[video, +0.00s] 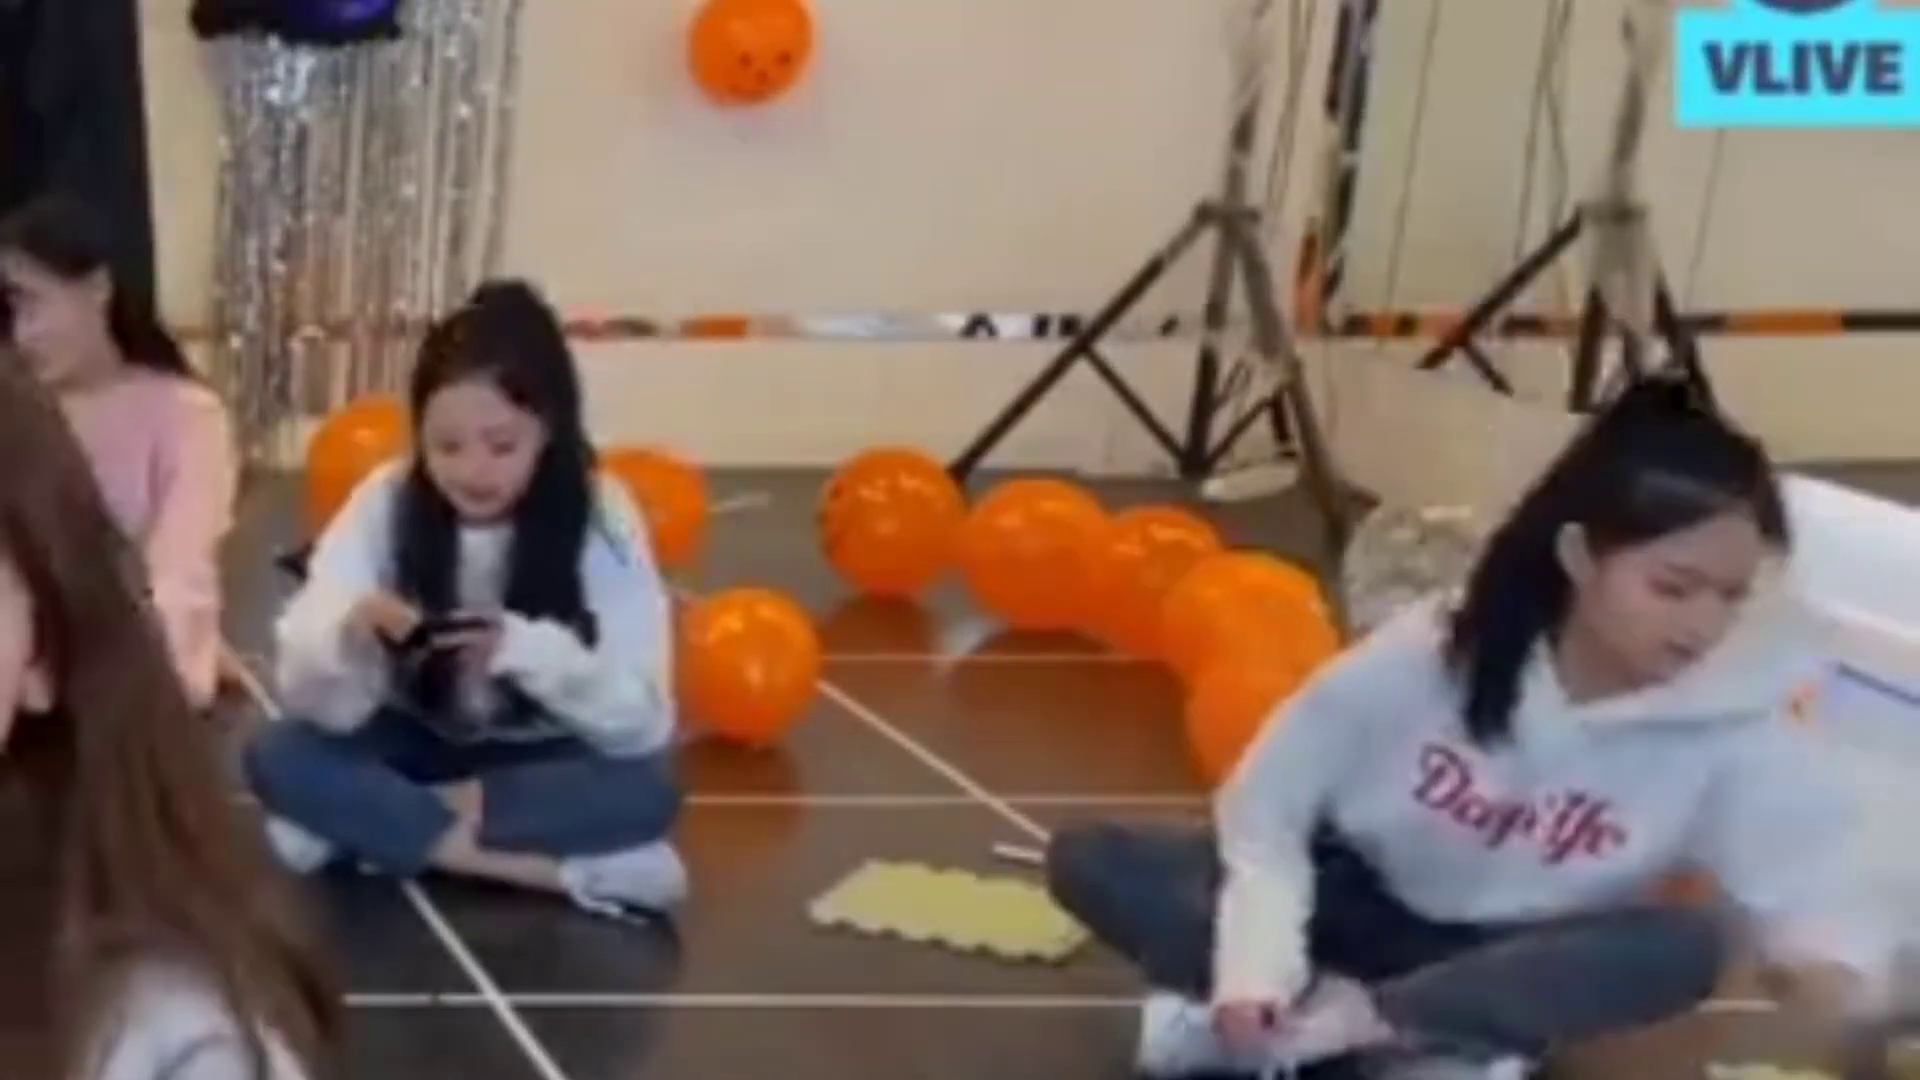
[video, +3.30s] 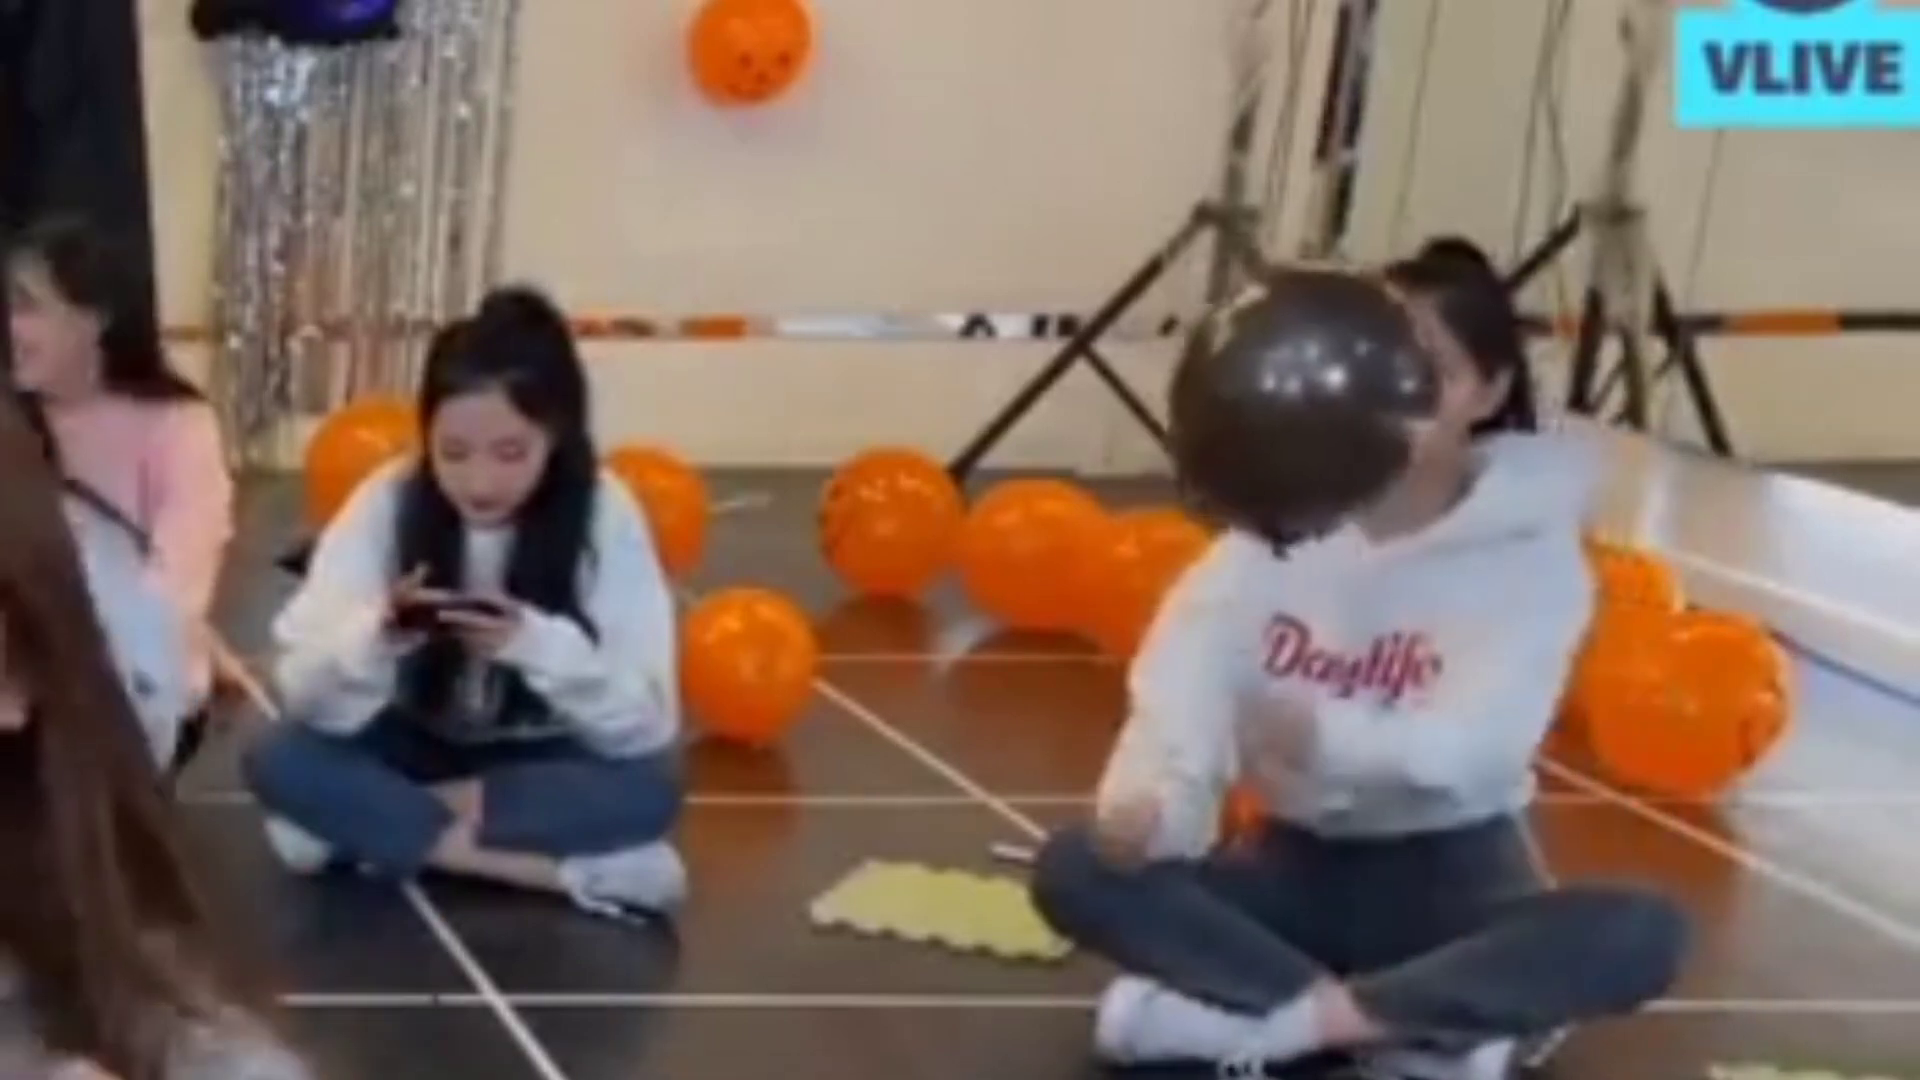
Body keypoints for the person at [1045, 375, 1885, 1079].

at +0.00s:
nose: (1701, 629)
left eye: (1729, 601)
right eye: (1675, 589)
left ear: (1753, 596)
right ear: (1578, 554)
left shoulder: (1725, 748)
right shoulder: (1417, 666)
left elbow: (1803, 896)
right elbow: (1263, 809)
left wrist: (1831, 972)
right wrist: (1256, 981)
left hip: (1502, 948)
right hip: (1344, 894)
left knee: (1692, 947)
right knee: (1092, 857)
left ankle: (1329, 1024)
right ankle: (1406, 1041)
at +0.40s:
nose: (1632, 574)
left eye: (1667, 541)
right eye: (1600, 534)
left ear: (1704, 529)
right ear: (1533, 503)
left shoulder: (1715, 679)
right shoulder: (1399, 631)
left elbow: (1777, 884)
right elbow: (1282, 834)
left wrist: (1732, 1003)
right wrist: (1334, 992)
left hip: (1511, 927)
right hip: (1352, 899)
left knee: (1665, 951)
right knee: (1086, 860)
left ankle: (1286, 1043)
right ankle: (1407, 1038)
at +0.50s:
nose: (1557, 522)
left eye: (1594, 493)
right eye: (1525, 484)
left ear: (1636, 492)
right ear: (1472, 469)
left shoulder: (1671, 651)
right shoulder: (1363, 625)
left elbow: (1713, 851)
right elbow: (1323, 834)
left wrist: (1681, 993)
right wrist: (1319, 991)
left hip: (1506, 916)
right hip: (1346, 886)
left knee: (1614, 941)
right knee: (1084, 858)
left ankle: (1285, 1046)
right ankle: (1370, 1043)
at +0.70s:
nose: (1392, 469)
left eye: (1427, 439)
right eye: (1360, 441)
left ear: (1483, 447)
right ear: (1322, 453)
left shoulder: (1554, 613)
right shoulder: (1257, 606)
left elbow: (1562, 827)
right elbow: (1217, 794)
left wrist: (1466, 957)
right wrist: (1238, 955)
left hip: (1464, 891)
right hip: (1288, 883)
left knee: (1660, 942)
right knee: (1074, 882)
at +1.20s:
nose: (1443, 393)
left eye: (1486, 368)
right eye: (1428, 365)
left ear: (1564, 394)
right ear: (1406, 376)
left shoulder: (1609, 573)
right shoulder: (1330, 535)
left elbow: (1597, 792)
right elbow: (1236, 698)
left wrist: (1458, 878)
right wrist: (1225, 836)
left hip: (1480, 860)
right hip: (1299, 832)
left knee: (1646, 906)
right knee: (1088, 856)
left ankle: (1305, 1027)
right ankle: (1408, 1040)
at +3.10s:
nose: (1393, 394)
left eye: (1423, 372)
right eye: (1374, 367)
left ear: (1489, 386)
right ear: (1334, 378)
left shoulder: (1539, 559)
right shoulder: (1267, 546)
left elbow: (1546, 791)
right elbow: (1200, 796)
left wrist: (1406, 841)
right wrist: (1163, 785)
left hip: (1460, 898)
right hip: (1289, 883)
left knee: (1643, 931)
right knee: (1082, 862)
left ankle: (1284, 1031)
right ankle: (1398, 1044)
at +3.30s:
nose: (1434, 387)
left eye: (1438, 367)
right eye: (1415, 377)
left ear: (1493, 389)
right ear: (1394, 437)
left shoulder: (1537, 548)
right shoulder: (1257, 558)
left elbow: (1468, 758)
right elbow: (1173, 732)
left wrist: (1305, 742)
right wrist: (1148, 813)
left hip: (1462, 891)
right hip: (1285, 879)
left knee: (1644, 933)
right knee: (1071, 869)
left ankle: (1281, 1031)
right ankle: (1404, 1044)